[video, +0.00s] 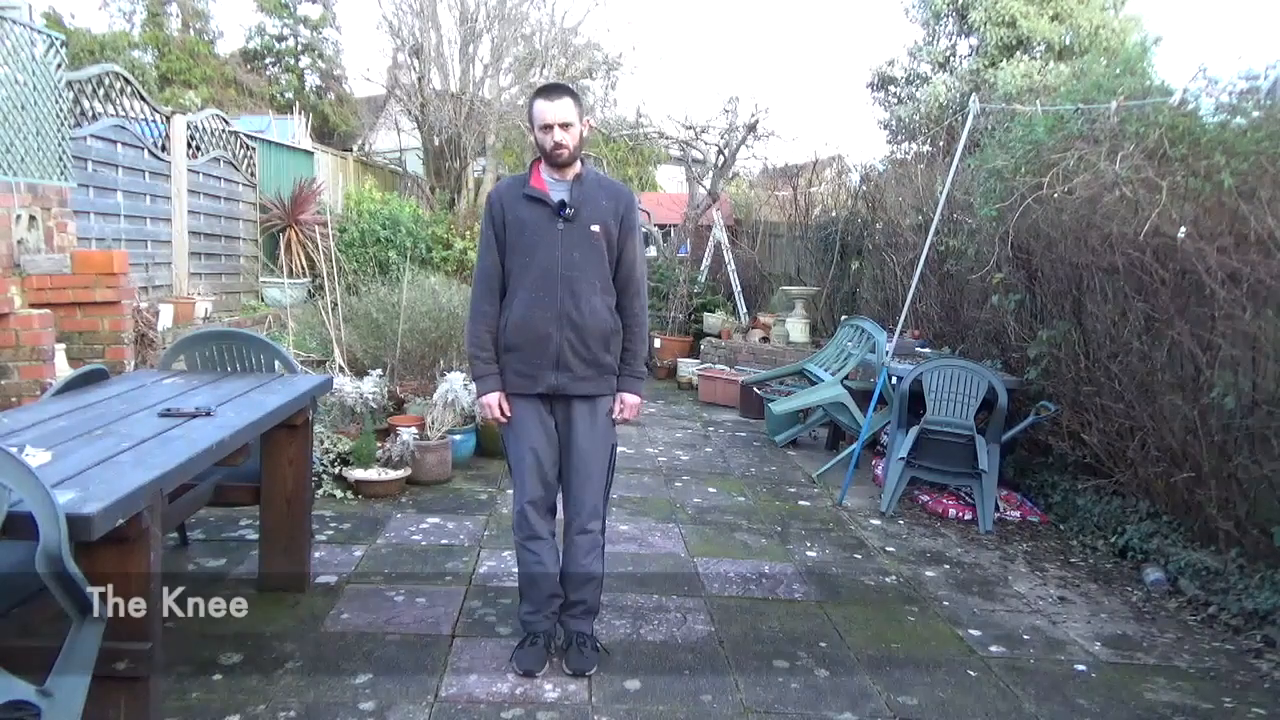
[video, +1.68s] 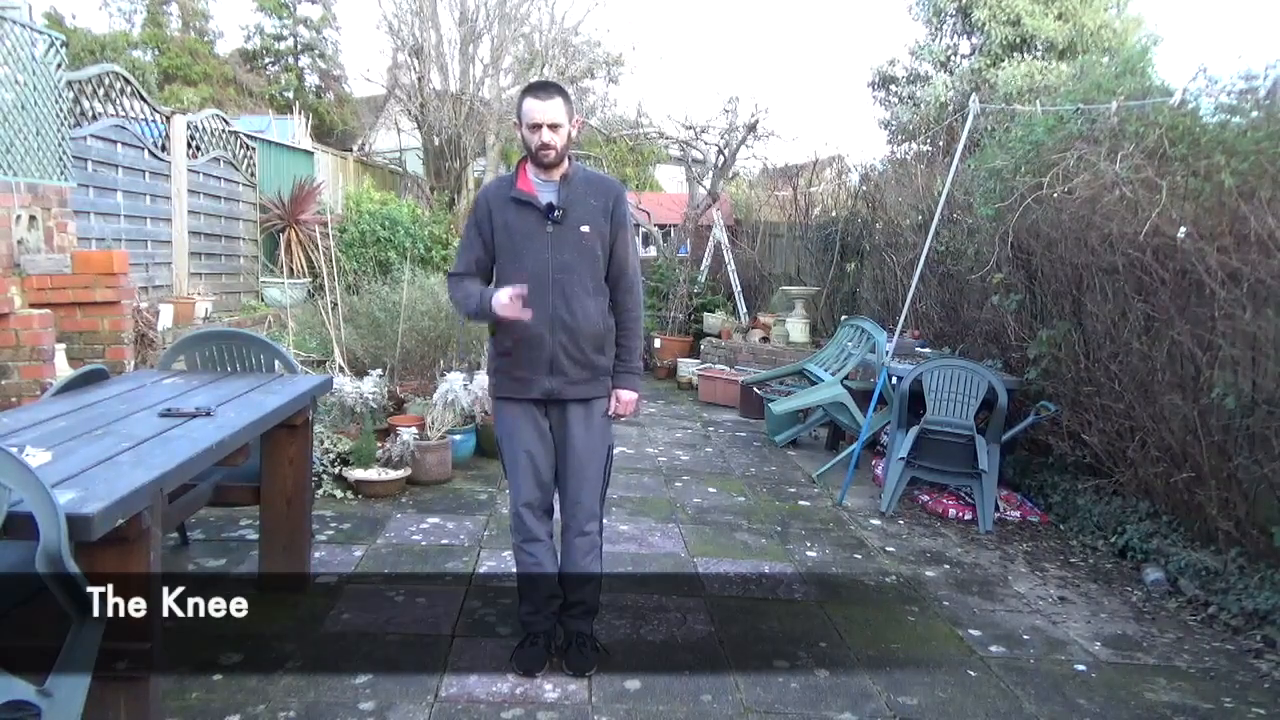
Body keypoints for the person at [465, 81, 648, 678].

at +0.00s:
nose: (556, 136)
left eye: (565, 125)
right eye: (545, 128)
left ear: (583, 127)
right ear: (532, 133)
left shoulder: (617, 199)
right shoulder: (504, 198)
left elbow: (633, 296)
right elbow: (485, 294)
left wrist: (633, 379)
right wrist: (485, 377)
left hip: (594, 378)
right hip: (522, 378)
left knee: (586, 509)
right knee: (532, 506)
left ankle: (581, 627)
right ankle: (535, 625)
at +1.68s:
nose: (544, 137)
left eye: (554, 126)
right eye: (533, 127)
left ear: (572, 126)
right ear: (520, 129)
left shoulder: (606, 194)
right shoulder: (494, 199)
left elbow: (627, 290)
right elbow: (461, 283)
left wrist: (628, 375)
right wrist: (491, 300)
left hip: (589, 378)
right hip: (517, 380)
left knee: (584, 510)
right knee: (528, 506)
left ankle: (579, 631)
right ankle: (535, 631)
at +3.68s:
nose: (554, 138)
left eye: (564, 128)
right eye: (544, 127)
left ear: (579, 133)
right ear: (526, 130)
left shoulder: (607, 198)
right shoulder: (493, 199)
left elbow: (626, 293)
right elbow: (467, 292)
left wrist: (628, 377)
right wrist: (492, 266)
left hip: (591, 379)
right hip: (517, 380)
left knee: (583, 512)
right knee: (529, 511)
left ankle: (580, 626)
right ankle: (536, 628)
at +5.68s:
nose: (535, 141)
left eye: (544, 130)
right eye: (524, 132)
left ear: (564, 130)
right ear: (511, 134)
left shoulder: (599, 195)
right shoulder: (487, 198)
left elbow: (622, 291)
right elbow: (465, 295)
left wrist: (625, 375)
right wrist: (484, 259)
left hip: (586, 378)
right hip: (513, 380)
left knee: (582, 512)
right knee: (526, 512)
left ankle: (580, 626)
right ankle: (535, 627)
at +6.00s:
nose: (535, 141)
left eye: (544, 130)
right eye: (524, 132)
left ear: (563, 130)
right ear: (510, 135)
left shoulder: (599, 195)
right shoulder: (486, 200)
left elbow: (621, 291)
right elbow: (465, 296)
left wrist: (624, 375)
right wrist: (483, 260)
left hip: (586, 378)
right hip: (512, 381)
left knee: (582, 513)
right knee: (526, 513)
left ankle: (580, 625)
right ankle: (535, 627)